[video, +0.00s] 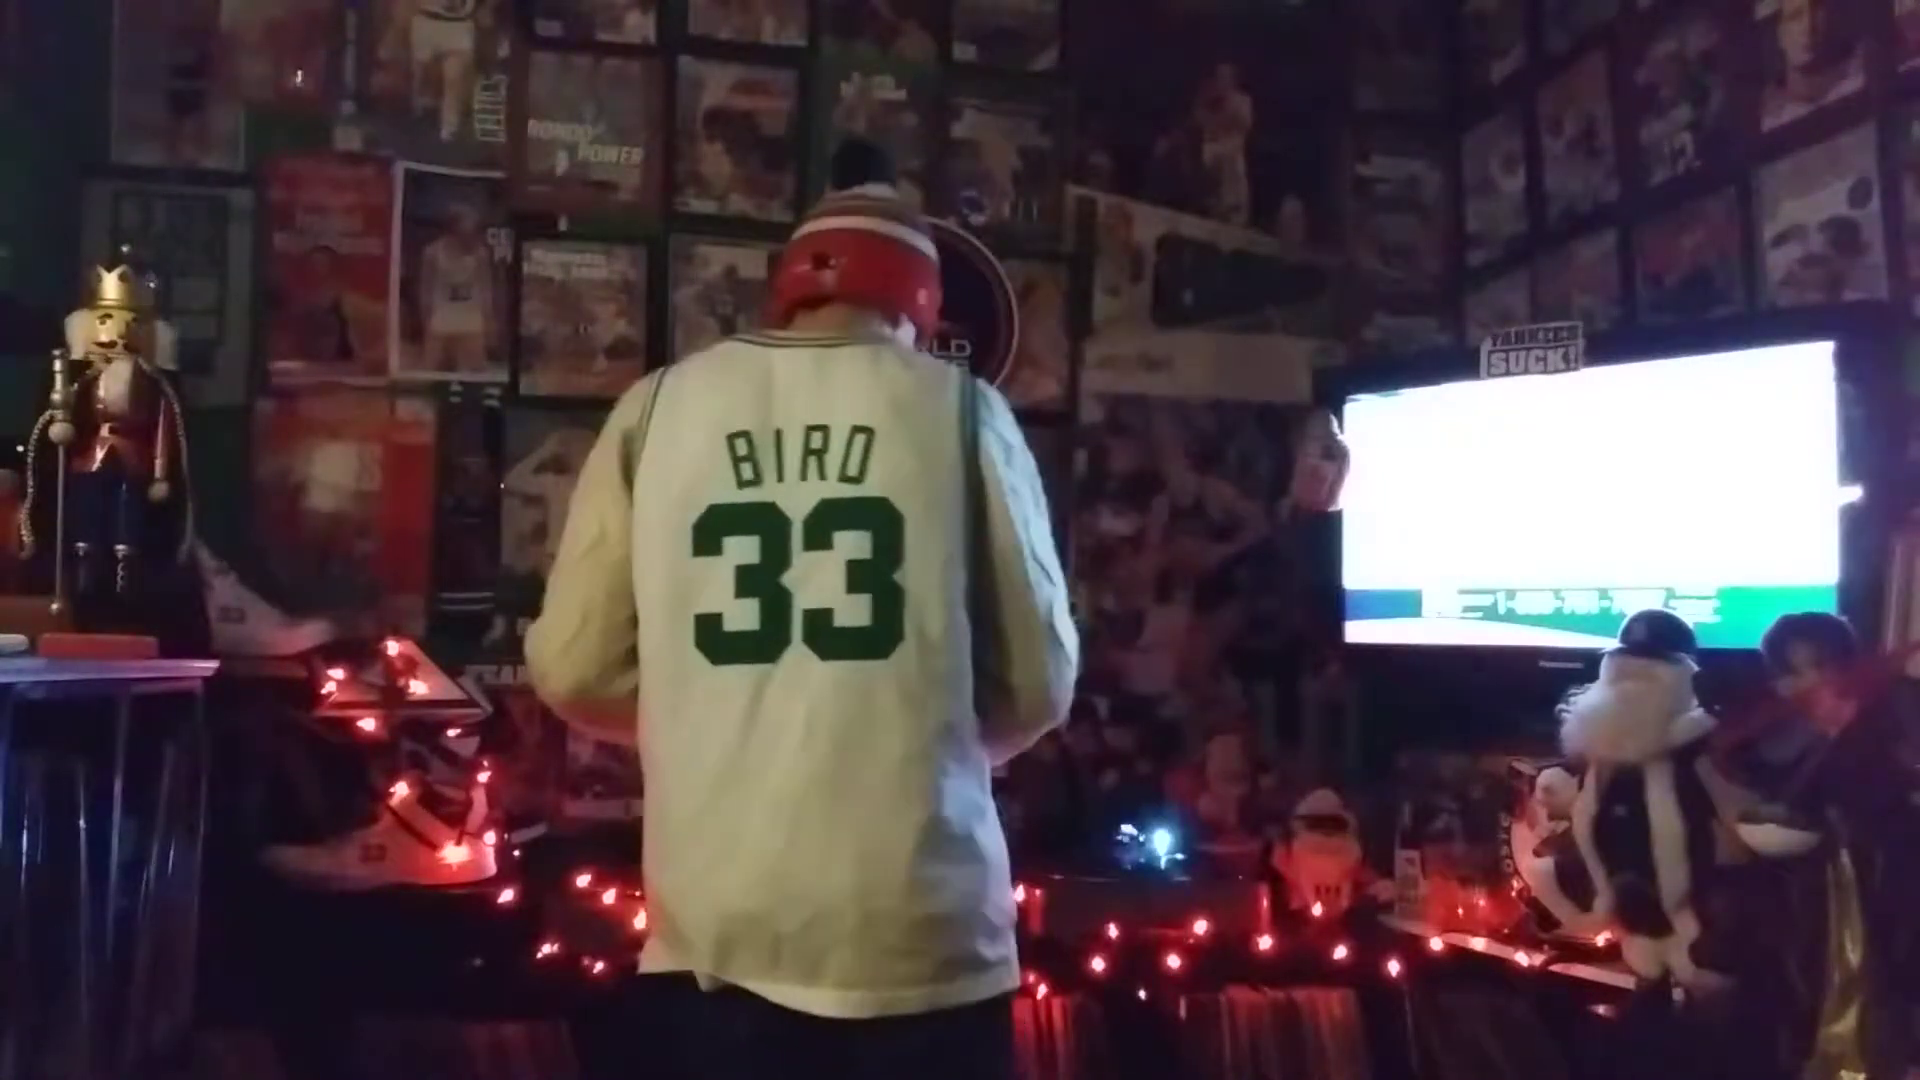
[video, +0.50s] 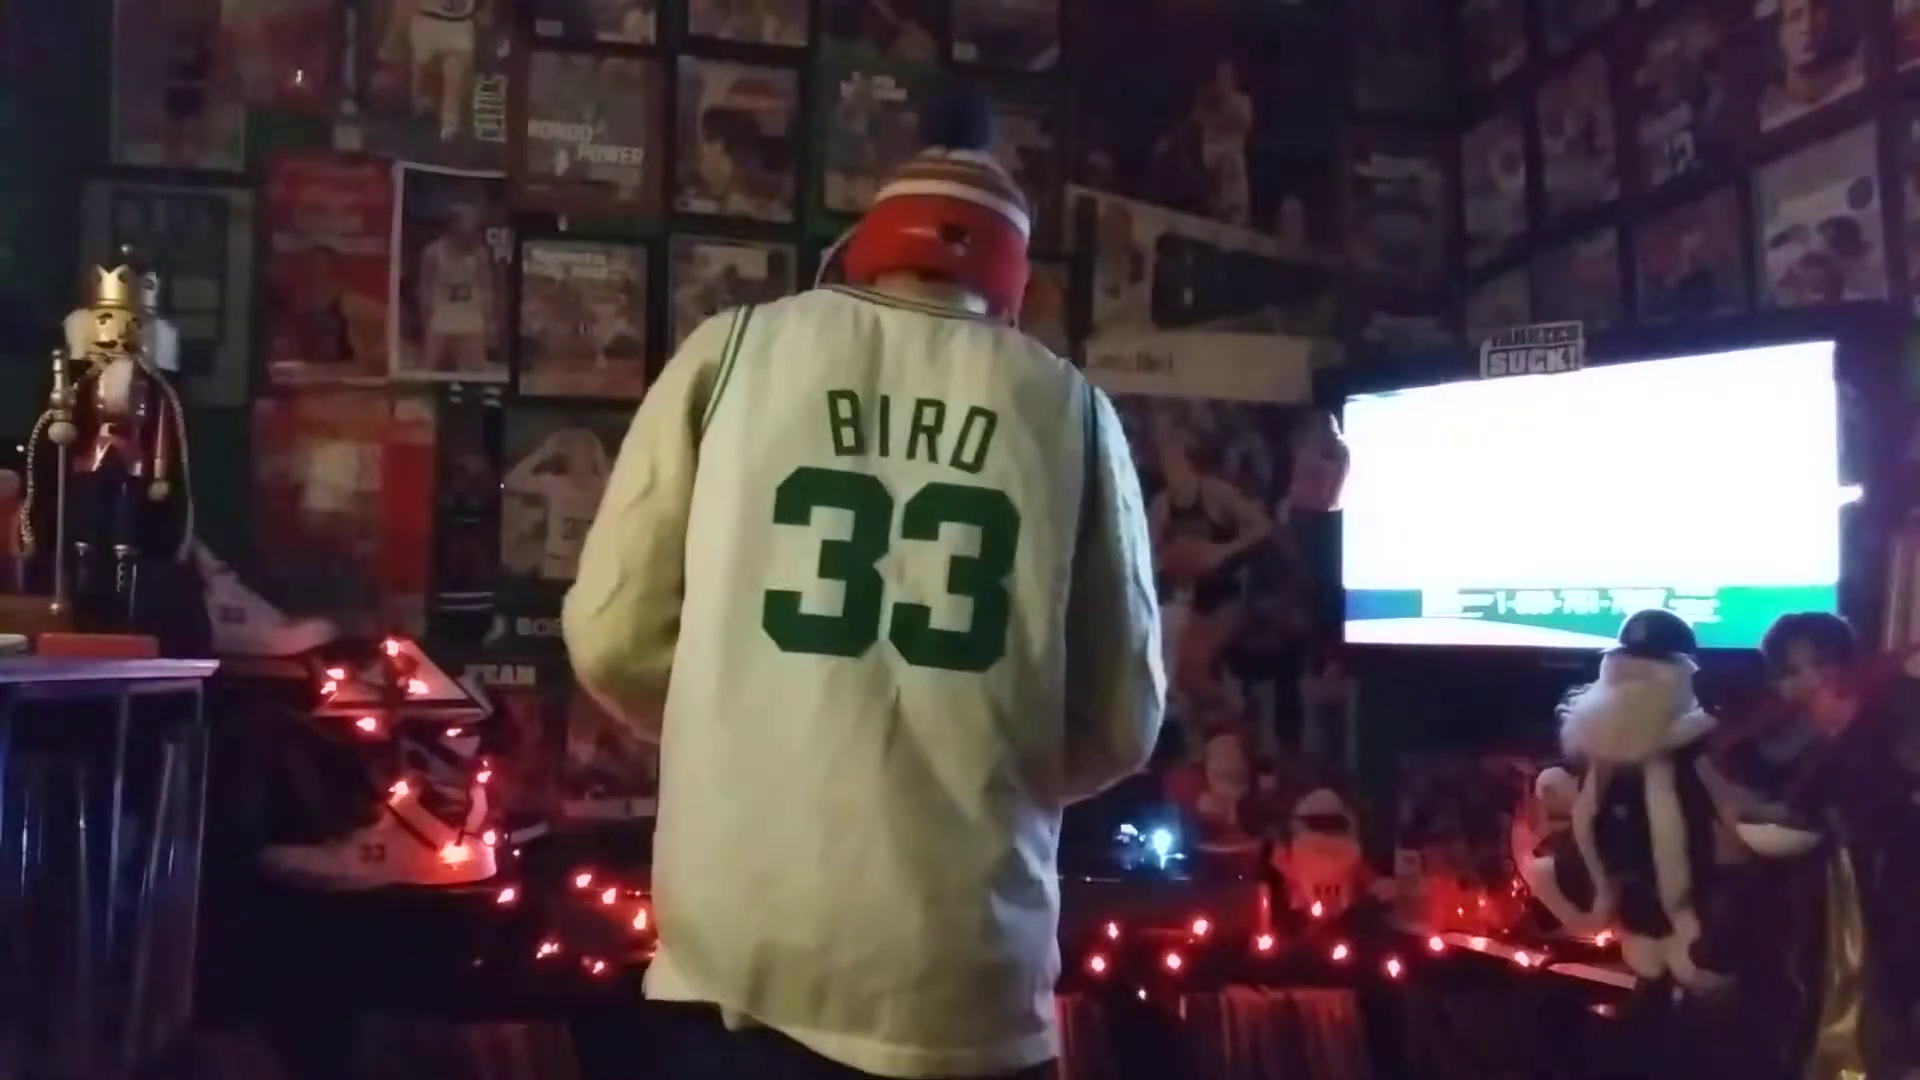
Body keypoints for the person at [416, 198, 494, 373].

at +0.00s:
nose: (467, 236)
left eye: (471, 231)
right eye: (463, 231)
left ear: (476, 231)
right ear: (453, 230)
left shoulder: (480, 253)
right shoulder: (433, 253)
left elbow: (486, 289)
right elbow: (426, 289)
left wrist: (489, 322)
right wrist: (426, 320)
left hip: (472, 326)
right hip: (440, 326)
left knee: (473, 379)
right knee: (433, 379)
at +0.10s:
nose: (468, 235)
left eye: (472, 230)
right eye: (464, 230)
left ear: (476, 230)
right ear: (453, 229)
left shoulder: (480, 253)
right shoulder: (433, 253)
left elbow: (486, 289)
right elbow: (426, 289)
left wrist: (489, 321)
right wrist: (426, 320)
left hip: (472, 325)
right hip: (440, 325)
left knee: (473, 378)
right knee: (435, 379)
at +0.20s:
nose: (467, 236)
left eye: (471, 231)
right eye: (463, 231)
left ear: (476, 230)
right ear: (452, 228)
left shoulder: (480, 253)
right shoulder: (434, 253)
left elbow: (487, 289)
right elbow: (426, 288)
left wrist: (489, 322)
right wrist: (427, 320)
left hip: (472, 325)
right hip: (440, 325)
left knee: (474, 376)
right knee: (429, 376)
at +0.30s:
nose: (467, 236)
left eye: (471, 232)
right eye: (462, 231)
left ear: (476, 231)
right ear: (452, 229)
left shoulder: (480, 253)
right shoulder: (434, 253)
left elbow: (487, 289)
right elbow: (426, 288)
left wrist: (490, 323)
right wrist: (427, 320)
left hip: (472, 326)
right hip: (440, 325)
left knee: (475, 377)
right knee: (429, 377)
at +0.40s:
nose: (467, 236)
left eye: (471, 231)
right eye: (463, 231)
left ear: (476, 230)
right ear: (452, 229)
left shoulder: (480, 253)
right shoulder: (434, 253)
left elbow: (487, 289)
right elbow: (426, 288)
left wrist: (490, 323)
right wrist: (427, 321)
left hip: (472, 327)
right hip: (440, 326)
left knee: (475, 378)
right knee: (429, 378)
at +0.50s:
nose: (467, 236)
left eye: (471, 231)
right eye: (463, 231)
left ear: (476, 230)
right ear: (452, 228)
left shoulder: (480, 253)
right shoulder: (434, 253)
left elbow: (487, 290)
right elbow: (426, 288)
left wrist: (489, 323)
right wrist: (427, 320)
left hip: (472, 326)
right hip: (440, 325)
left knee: (475, 377)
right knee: (429, 377)